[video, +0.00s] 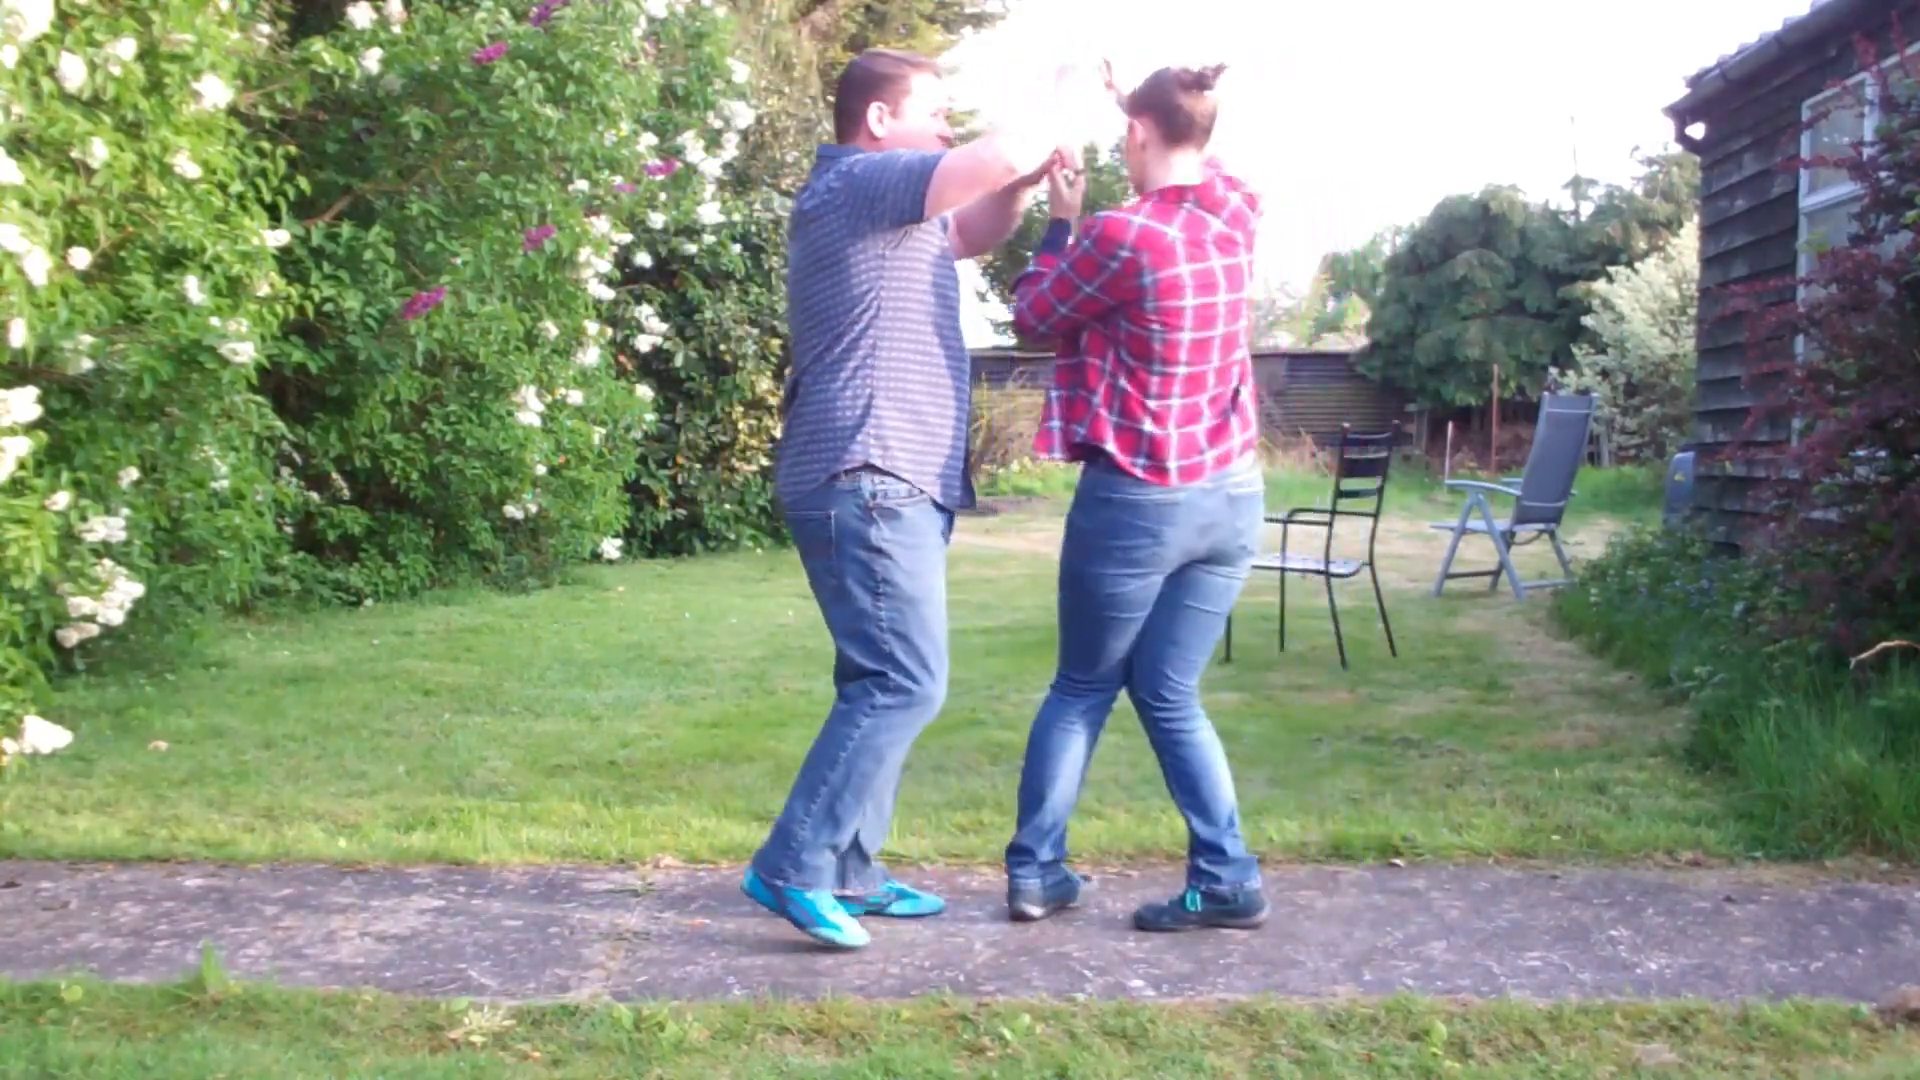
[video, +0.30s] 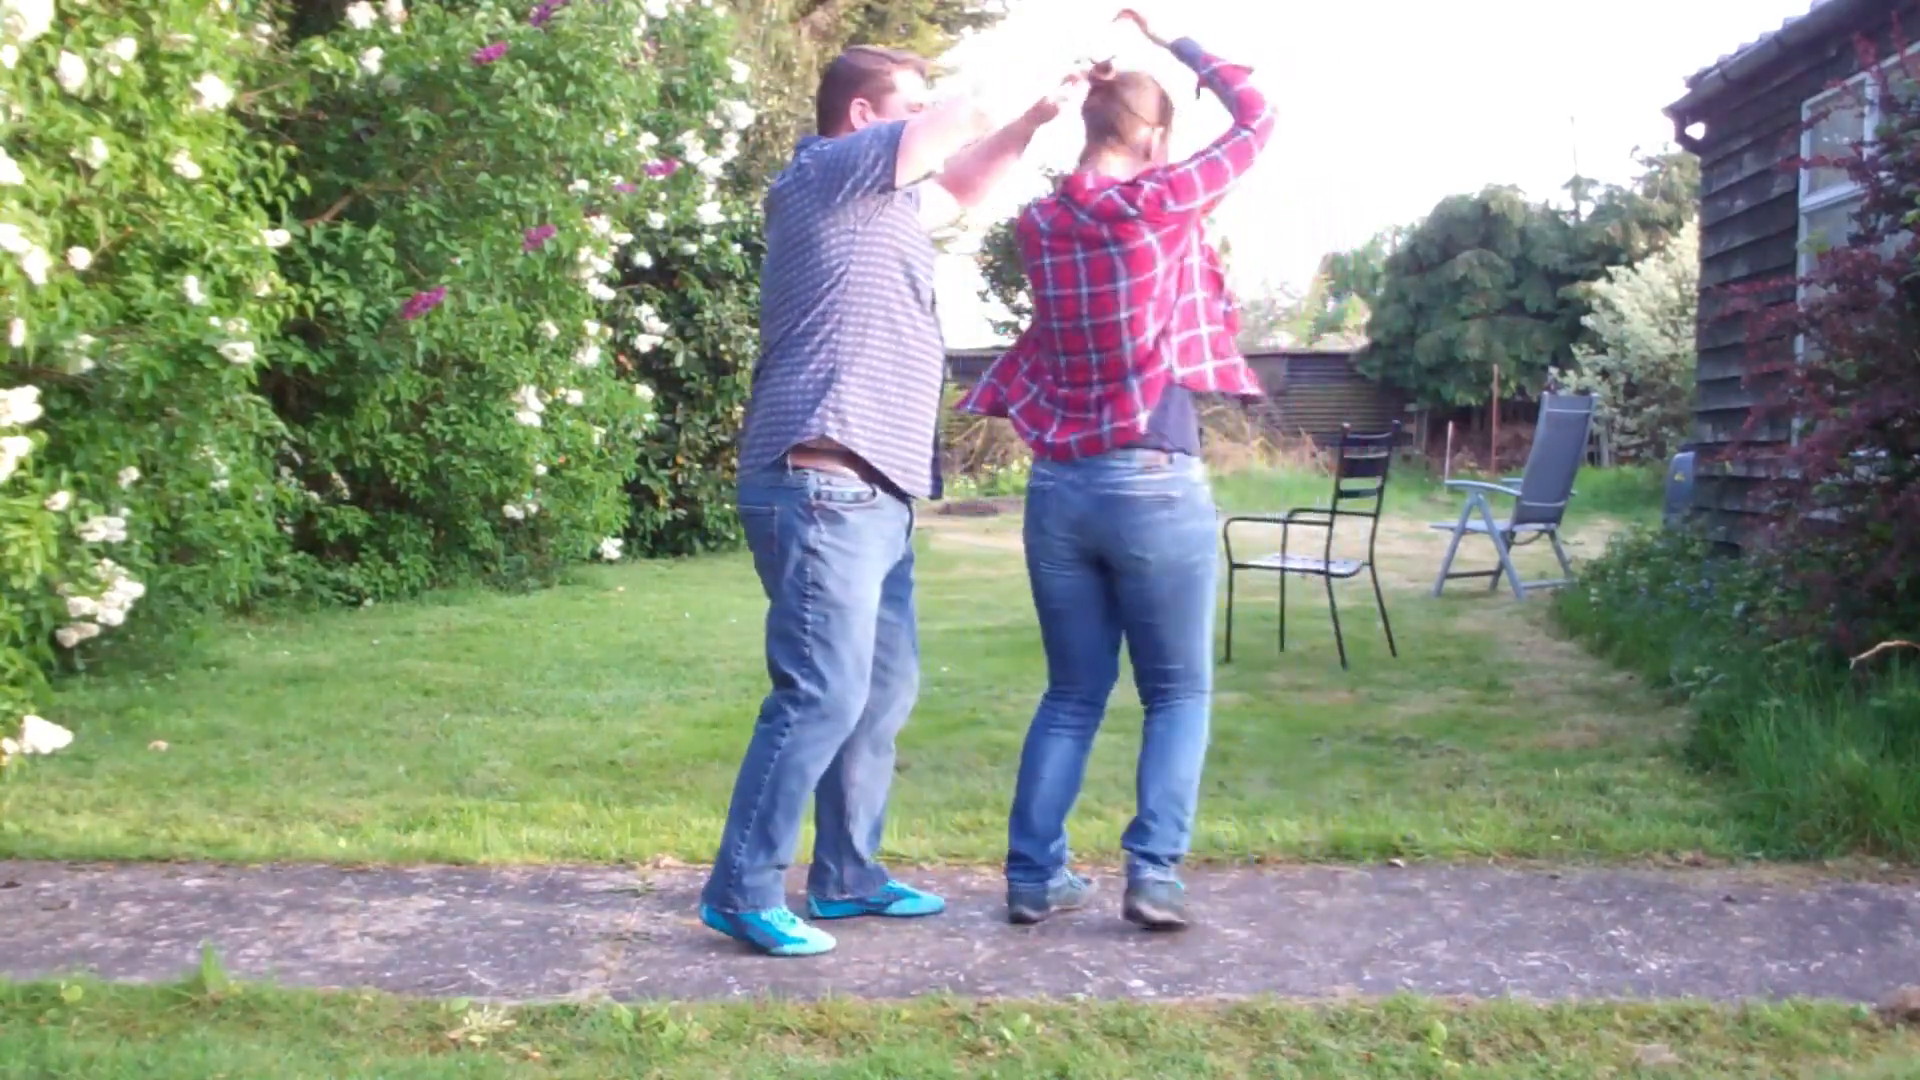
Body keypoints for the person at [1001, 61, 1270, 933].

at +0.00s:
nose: (1123, 141)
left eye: (1127, 129)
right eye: (1125, 129)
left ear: (1142, 135)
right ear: (1203, 136)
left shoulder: (1124, 235)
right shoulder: (1236, 214)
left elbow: (1032, 316)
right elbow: (1201, 170)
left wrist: (1062, 223)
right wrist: (1138, 100)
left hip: (1136, 501)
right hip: (1232, 497)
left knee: (1083, 685)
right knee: (1170, 688)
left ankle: (1034, 870)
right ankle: (1226, 879)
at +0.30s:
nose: (1171, 146)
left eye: (1166, 129)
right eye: (1166, 130)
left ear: (1085, 125)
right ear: (1148, 131)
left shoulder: (1037, 227)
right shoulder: (1164, 200)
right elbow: (1258, 120)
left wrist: (1091, 102)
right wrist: (1176, 44)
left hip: (1056, 489)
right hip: (1155, 485)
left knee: (1072, 691)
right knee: (1175, 690)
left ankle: (1033, 876)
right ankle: (1155, 871)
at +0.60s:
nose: (1160, 146)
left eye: (1164, 131)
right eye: (1148, 131)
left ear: (1152, 136)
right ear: (1114, 133)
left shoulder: (1156, 208)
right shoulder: (1076, 207)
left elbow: (1217, 124)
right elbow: (1142, 154)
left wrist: (1170, 39)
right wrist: (1128, 52)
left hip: (1163, 479)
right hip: (1118, 481)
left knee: (1152, 686)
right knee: (1165, 690)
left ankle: (1044, 846)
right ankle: (1112, 880)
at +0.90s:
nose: (1139, 132)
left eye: (1157, 118)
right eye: (1125, 117)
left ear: (1191, 128)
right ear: (1108, 130)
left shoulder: (1219, 203)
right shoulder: (1093, 224)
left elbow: (1231, 118)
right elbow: (1072, 319)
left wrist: (1153, 54)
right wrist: (1049, 317)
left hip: (1241, 470)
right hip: (1132, 473)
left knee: (1236, 686)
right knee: (1139, 687)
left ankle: (1268, 860)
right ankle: (1107, 881)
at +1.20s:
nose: (1169, 146)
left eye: (1182, 130)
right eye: (1168, 130)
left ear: (1236, 129)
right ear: (1201, 134)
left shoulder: (1285, 200)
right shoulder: (1193, 229)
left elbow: (1210, 263)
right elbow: (1165, 334)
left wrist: (1095, 220)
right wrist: (1127, 381)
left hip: (1287, 489)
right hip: (1194, 488)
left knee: (1257, 696)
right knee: (1168, 691)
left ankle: (1314, 891)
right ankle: (1144, 877)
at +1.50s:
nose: (1221, 140)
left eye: (1235, 124)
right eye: (1220, 127)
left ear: (1287, 130)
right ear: (1287, 133)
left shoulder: (1308, 213)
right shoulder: (1294, 212)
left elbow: (1240, 349)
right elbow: (1234, 181)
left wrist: (1137, 357)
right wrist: (1199, 108)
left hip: (1305, 474)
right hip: (1296, 471)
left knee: (1260, 689)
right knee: (1262, 683)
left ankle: (1312, 890)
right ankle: (1394, 812)